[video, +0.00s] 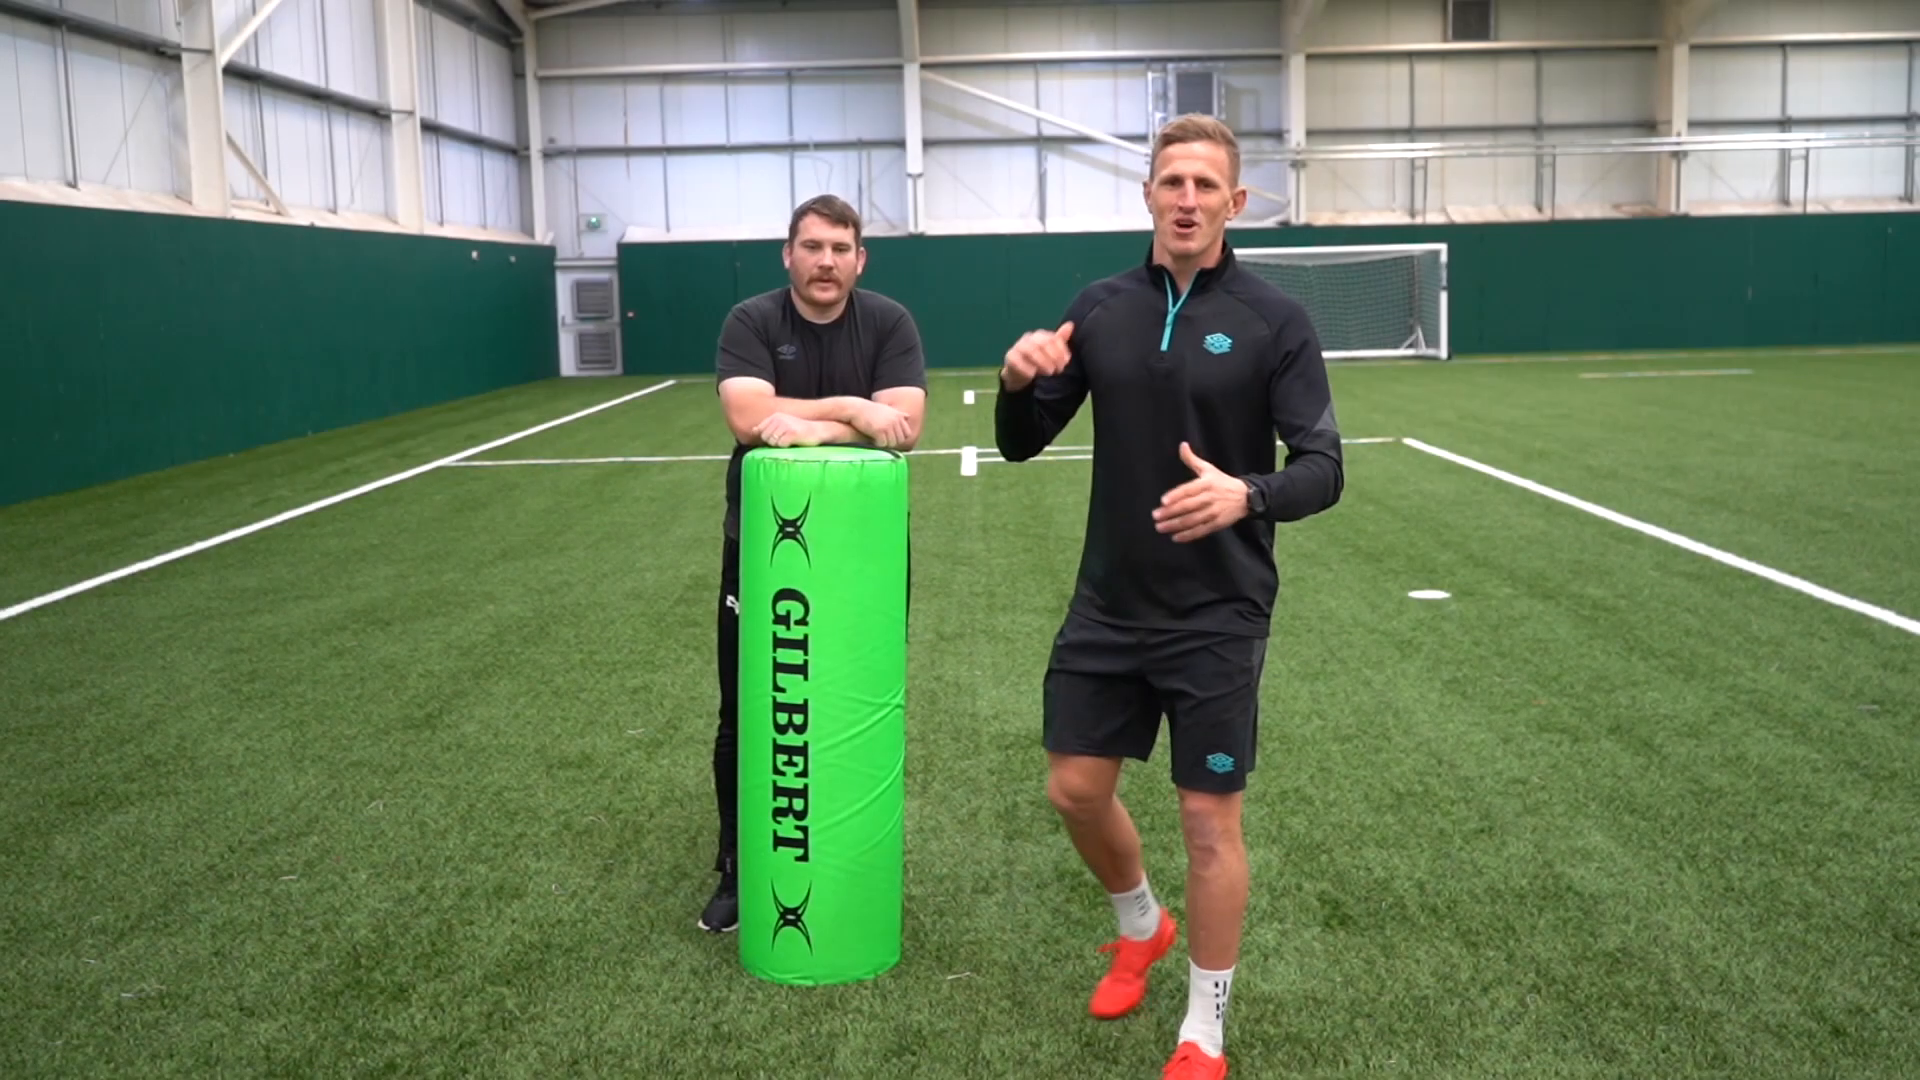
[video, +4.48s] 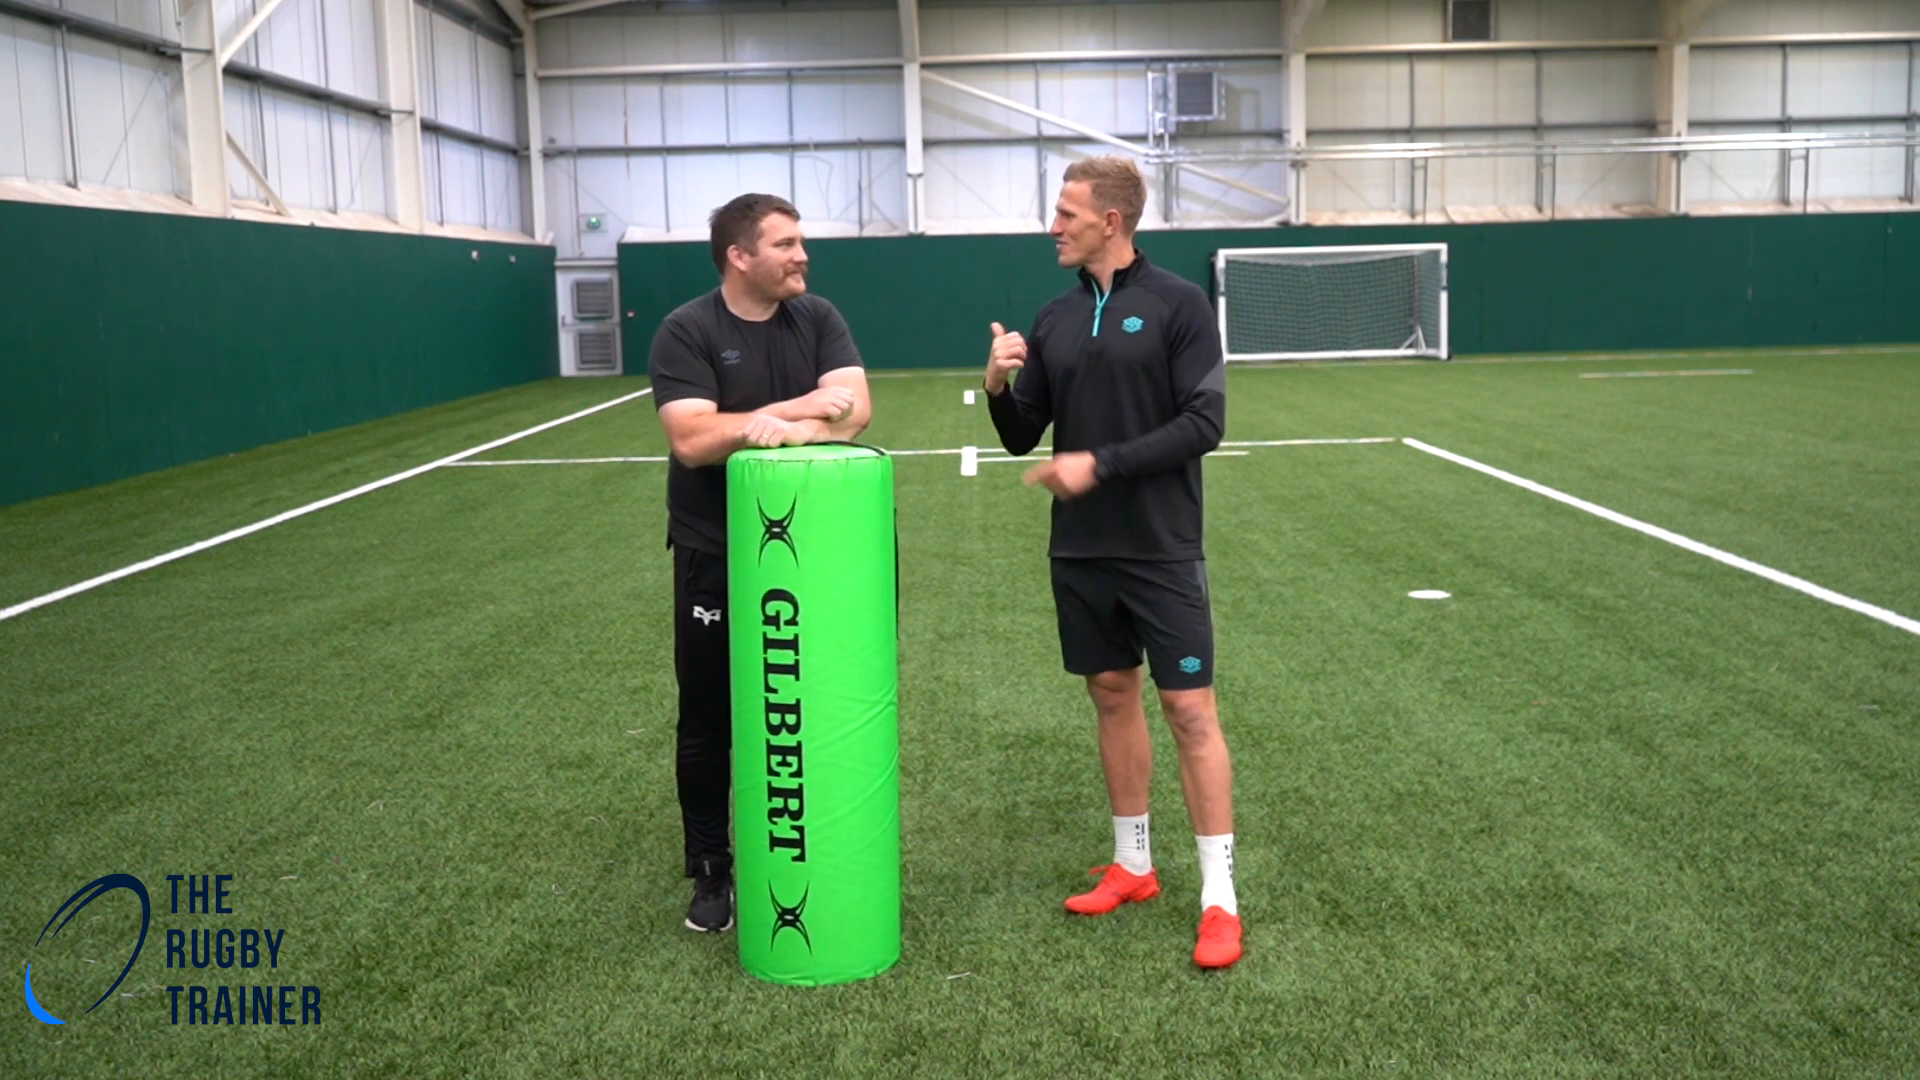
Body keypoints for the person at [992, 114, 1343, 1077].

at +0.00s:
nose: (1185, 200)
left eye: (1205, 185)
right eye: (1170, 182)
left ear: (1235, 203)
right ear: (1147, 196)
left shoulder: (1279, 324)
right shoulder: (1099, 310)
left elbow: (1321, 472)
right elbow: (1021, 442)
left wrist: (1249, 495)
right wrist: (1017, 383)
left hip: (1217, 606)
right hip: (1109, 597)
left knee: (1209, 820)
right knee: (1075, 786)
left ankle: (1204, 1032)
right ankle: (1143, 923)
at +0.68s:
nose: (1157, 202)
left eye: (1177, 186)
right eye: (1150, 184)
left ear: (1232, 196)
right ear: (1144, 191)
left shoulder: (1277, 319)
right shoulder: (1120, 305)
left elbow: (1265, 480)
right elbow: (1069, 420)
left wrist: (1111, 504)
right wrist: (999, 472)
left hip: (1218, 618)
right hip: (1116, 601)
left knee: (1222, 827)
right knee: (1099, 784)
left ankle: (1205, 1035)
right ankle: (1130, 964)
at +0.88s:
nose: (1107, 211)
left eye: (1115, 195)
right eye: (1108, 193)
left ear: (1166, 201)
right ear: (1165, 199)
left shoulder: (1255, 325)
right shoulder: (1143, 294)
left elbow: (1243, 502)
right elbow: (1095, 396)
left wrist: (1120, 607)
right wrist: (994, 385)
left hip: (1209, 614)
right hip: (1122, 596)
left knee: (1219, 820)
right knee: (1111, 775)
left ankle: (1207, 1035)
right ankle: (1136, 966)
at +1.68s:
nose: (1110, 218)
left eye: (1125, 201)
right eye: (1096, 206)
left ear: (1164, 209)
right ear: (1082, 222)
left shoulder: (1230, 312)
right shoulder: (1078, 332)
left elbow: (1266, 453)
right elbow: (1045, 443)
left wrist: (1175, 549)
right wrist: (1024, 512)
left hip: (1220, 590)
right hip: (1124, 591)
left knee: (1221, 788)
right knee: (1162, 768)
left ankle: (1215, 1012)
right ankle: (1179, 962)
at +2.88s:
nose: (1203, 216)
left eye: (1219, 206)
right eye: (1205, 202)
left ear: (1270, 217)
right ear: (1226, 213)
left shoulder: (1324, 319)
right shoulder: (1183, 301)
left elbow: (1332, 457)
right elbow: (1145, 392)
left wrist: (1325, 582)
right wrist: (1112, 438)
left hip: (1274, 563)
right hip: (1180, 549)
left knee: (1277, 726)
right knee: (1154, 712)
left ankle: (1267, 892)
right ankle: (1151, 906)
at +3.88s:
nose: (1063, 221)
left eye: (1075, 210)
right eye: (1065, 208)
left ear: (1121, 217)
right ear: (1105, 216)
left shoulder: (1194, 302)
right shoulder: (1067, 314)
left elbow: (1228, 423)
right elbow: (1042, 428)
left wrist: (1212, 535)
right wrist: (997, 401)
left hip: (1176, 541)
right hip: (1094, 543)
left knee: (1198, 704)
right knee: (1119, 694)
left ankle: (1222, 888)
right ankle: (1132, 866)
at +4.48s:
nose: (1053, 226)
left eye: (1066, 215)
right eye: (1056, 213)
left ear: (1113, 223)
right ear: (1097, 222)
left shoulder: (1180, 304)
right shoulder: (1053, 320)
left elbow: (1204, 424)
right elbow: (1021, 432)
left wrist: (1098, 463)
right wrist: (1000, 388)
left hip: (1163, 547)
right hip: (1081, 547)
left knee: (1190, 709)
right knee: (1111, 694)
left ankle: (1219, 897)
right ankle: (1132, 867)